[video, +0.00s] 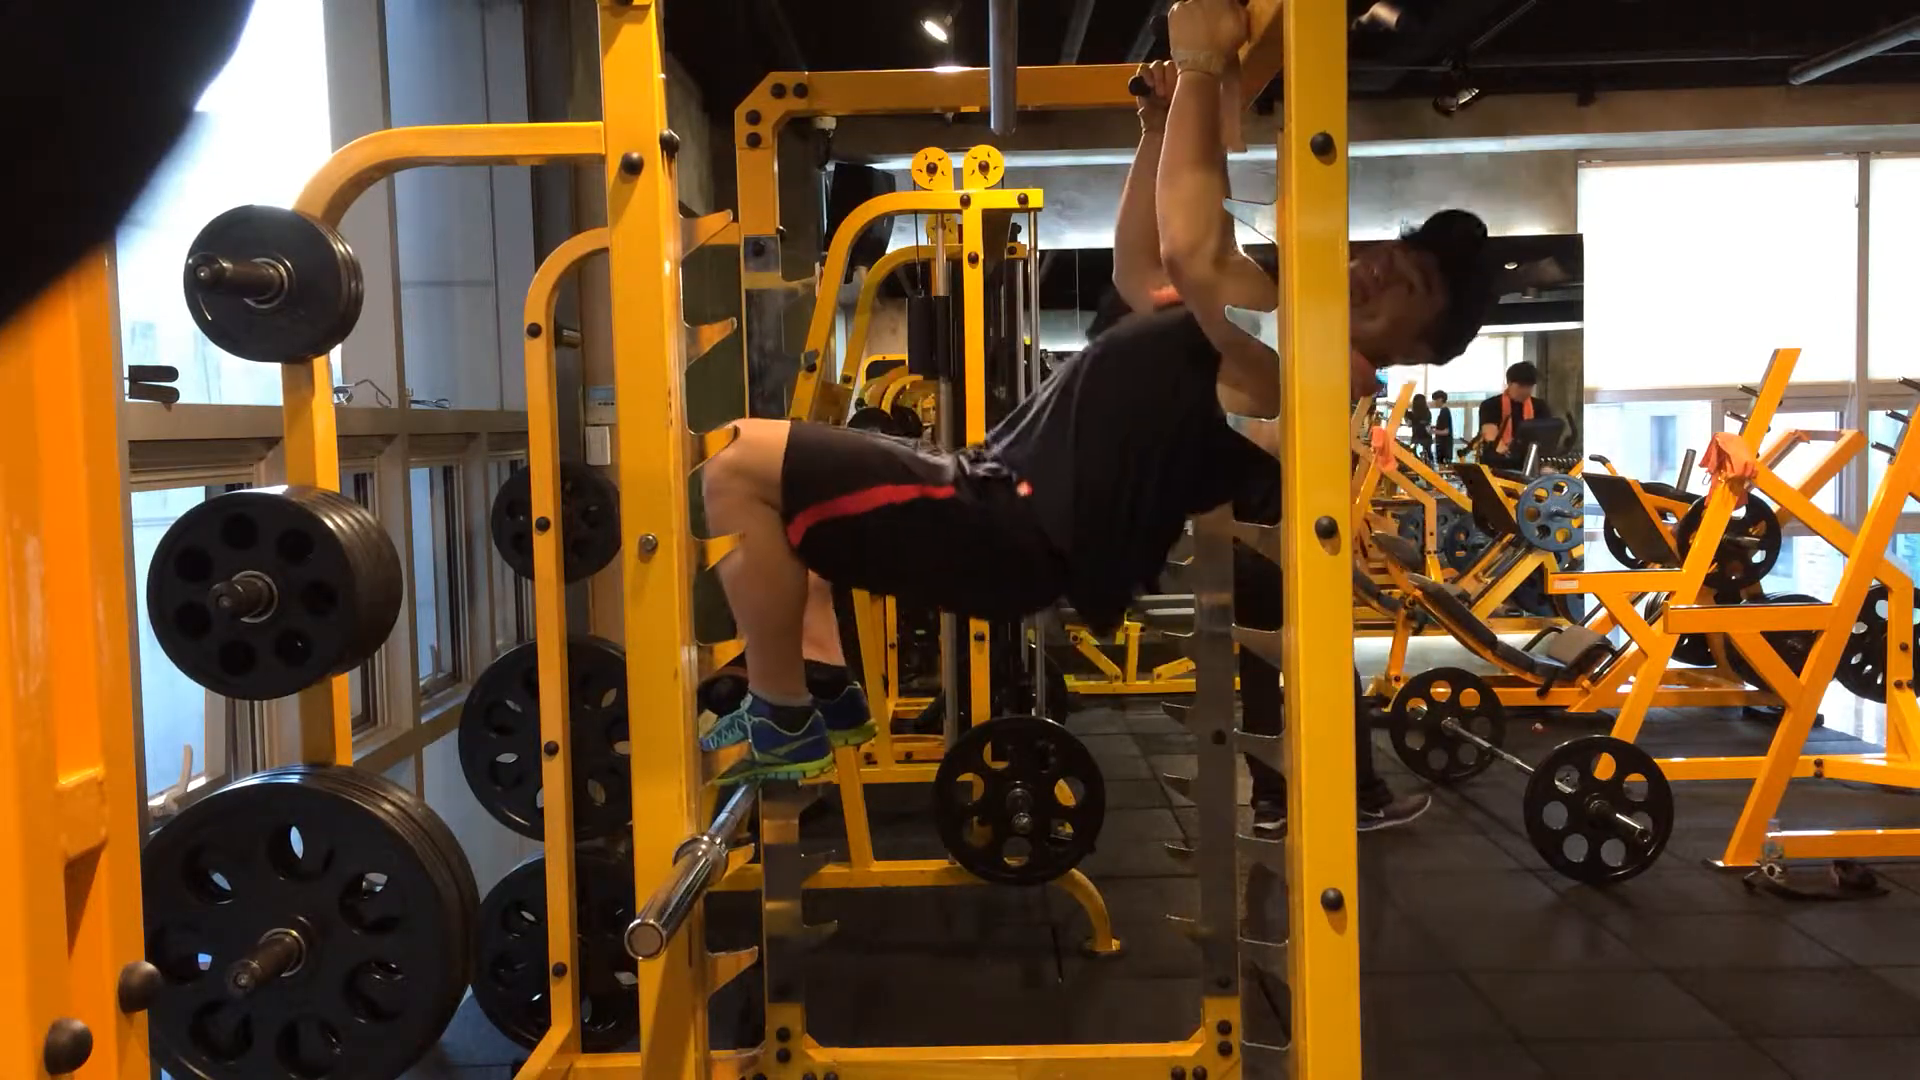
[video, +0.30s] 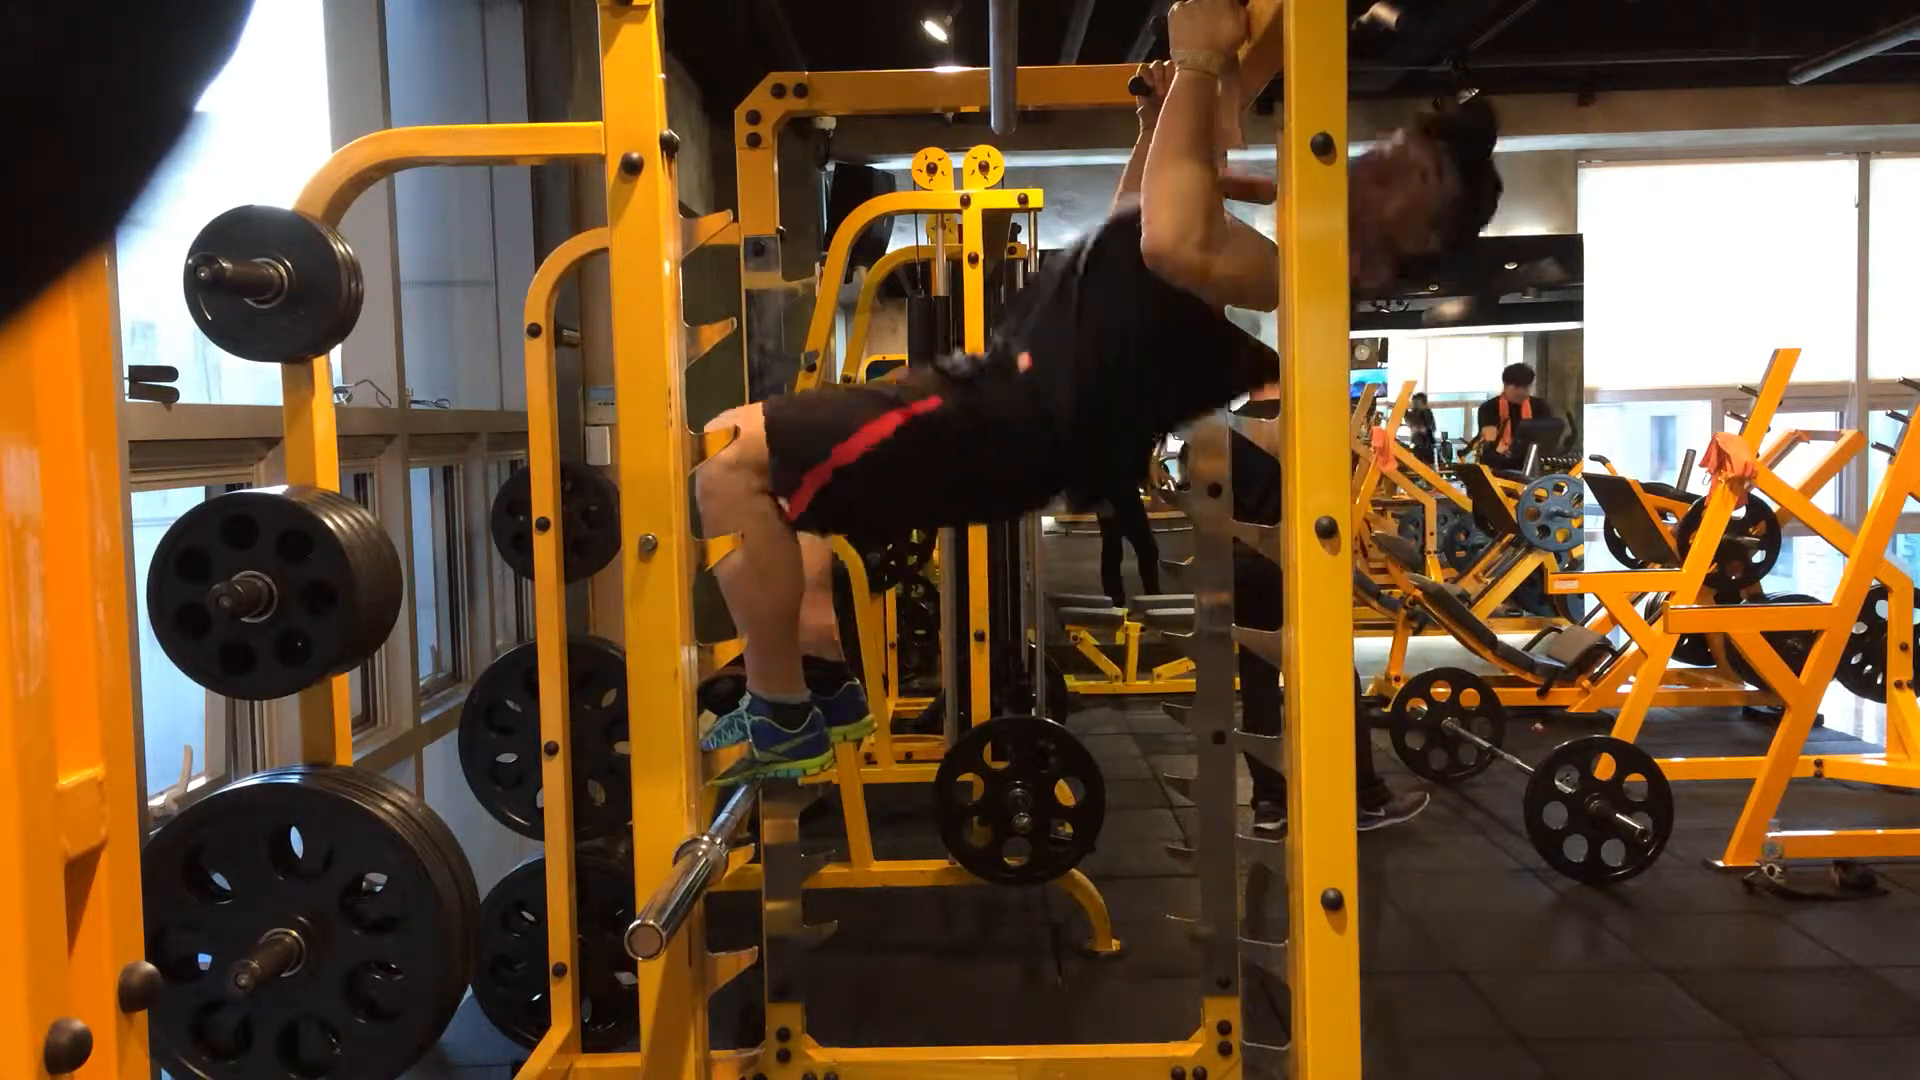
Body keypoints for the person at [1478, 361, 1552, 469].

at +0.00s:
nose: (1526, 392)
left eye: (1529, 386)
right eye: (1521, 386)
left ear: (1533, 386)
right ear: (1510, 384)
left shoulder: (1539, 406)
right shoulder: (1490, 405)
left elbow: (1547, 435)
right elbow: (1490, 436)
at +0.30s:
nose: (1522, 393)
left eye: (1526, 388)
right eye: (1517, 387)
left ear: (1530, 387)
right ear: (1506, 385)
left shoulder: (1539, 405)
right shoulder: (1489, 408)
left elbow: (1547, 437)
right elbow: (1491, 445)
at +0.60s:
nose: (1517, 395)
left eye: (1519, 391)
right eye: (1512, 391)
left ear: (1522, 389)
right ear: (1500, 389)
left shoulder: (1536, 405)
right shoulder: (1485, 410)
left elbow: (1546, 434)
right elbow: (1490, 446)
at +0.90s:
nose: (1525, 392)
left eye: (1529, 388)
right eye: (1520, 387)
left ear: (1533, 388)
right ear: (1509, 384)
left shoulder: (1541, 407)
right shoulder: (1489, 406)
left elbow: (1547, 439)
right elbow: (1492, 442)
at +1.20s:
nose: (1517, 392)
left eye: (1519, 386)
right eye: (1512, 387)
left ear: (1522, 386)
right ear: (1501, 387)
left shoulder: (1537, 405)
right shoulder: (1486, 409)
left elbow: (1546, 435)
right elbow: (1490, 443)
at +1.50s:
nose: (1515, 394)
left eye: (1518, 389)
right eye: (1510, 389)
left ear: (1522, 388)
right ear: (1500, 387)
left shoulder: (1537, 405)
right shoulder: (1485, 409)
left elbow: (1546, 435)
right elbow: (1489, 442)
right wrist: (1503, 451)